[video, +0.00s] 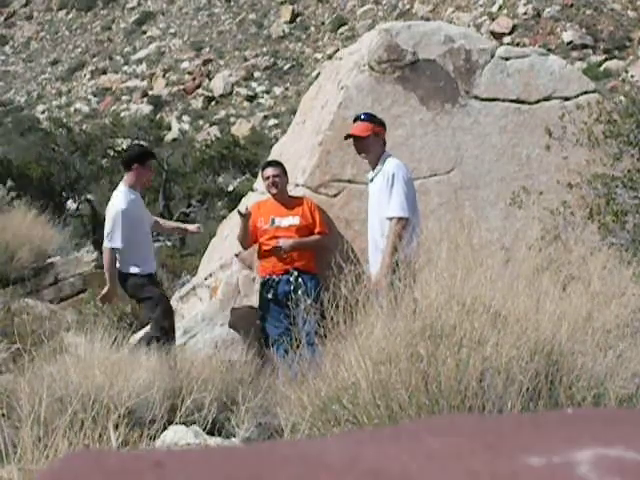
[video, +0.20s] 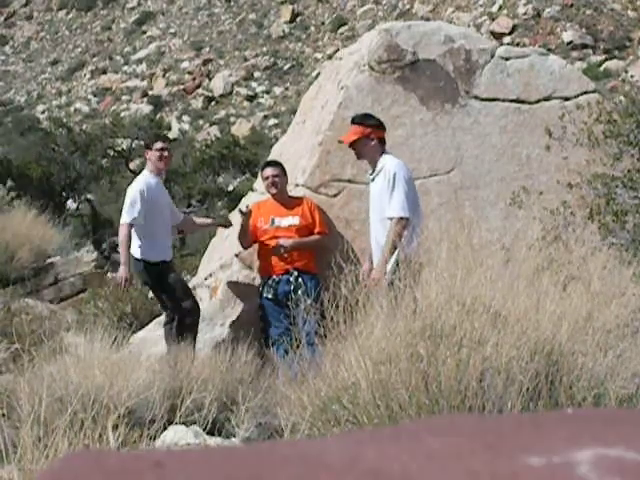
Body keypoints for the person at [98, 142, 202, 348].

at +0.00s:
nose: (152, 175)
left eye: (152, 170)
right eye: (149, 169)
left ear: (137, 169)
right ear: (135, 168)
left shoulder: (133, 198)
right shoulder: (120, 203)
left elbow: (154, 224)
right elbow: (109, 248)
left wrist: (185, 228)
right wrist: (111, 285)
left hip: (146, 273)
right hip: (134, 275)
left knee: (163, 320)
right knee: (164, 315)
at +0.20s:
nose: (165, 154)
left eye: (167, 150)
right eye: (160, 150)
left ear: (170, 155)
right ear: (148, 154)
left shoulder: (158, 186)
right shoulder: (140, 186)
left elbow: (181, 221)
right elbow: (125, 226)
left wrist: (215, 223)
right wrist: (124, 266)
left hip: (161, 260)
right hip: (152, 263)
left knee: (173, 312)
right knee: (189, 310)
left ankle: (175, 364)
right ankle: (184, 365)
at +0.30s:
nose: (168, 151)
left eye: (171, 146)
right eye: (163, 147)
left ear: (175, 151)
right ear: (152, 151)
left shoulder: (169, 185)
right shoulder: (148, 183)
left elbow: (188, 221)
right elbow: (133, 218)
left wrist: (218, 224)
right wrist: (137, 250)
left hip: (170, 258)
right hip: (157, 259)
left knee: (175, 316)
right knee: (188, 313)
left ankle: (176, 367)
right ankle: (194, 368)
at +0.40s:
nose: (172, 150)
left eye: (175, 146)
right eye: (167, 147)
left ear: (180, 150)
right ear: (157, 153)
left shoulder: (174, 183)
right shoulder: (155, 183)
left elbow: (191, 223)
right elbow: (143, 220)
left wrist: (219, 228)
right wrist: (154, 239)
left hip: (176, 256)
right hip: (163, 257)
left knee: (178, 315)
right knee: (191, 312)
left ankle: (177, 365)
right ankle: (193, 366)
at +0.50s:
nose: (178, 151)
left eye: (181, 146)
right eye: (172, 148)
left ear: (186, 150)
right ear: (162, 153)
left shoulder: (181, 183)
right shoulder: (159, 183)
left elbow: (194, 222)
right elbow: (151, 221)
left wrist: (221, 233)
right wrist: (174, 238)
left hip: (179, 257)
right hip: (164, 258)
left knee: (195, 314)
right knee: (188, 313)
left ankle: (194, 366)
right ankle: (184, 367)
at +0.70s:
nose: (188, 157)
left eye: (192, 152)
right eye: (183, 152)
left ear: (197, 157)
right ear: (174, 156)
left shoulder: (190, 190)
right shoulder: (162, 188)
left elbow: (199, 232)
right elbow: (156, 226)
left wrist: (222, 251)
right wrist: (182, 248)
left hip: (183, 261)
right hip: (164, 261)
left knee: (199, 317)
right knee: (189, 317)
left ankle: (199, 369)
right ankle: (190, 369)